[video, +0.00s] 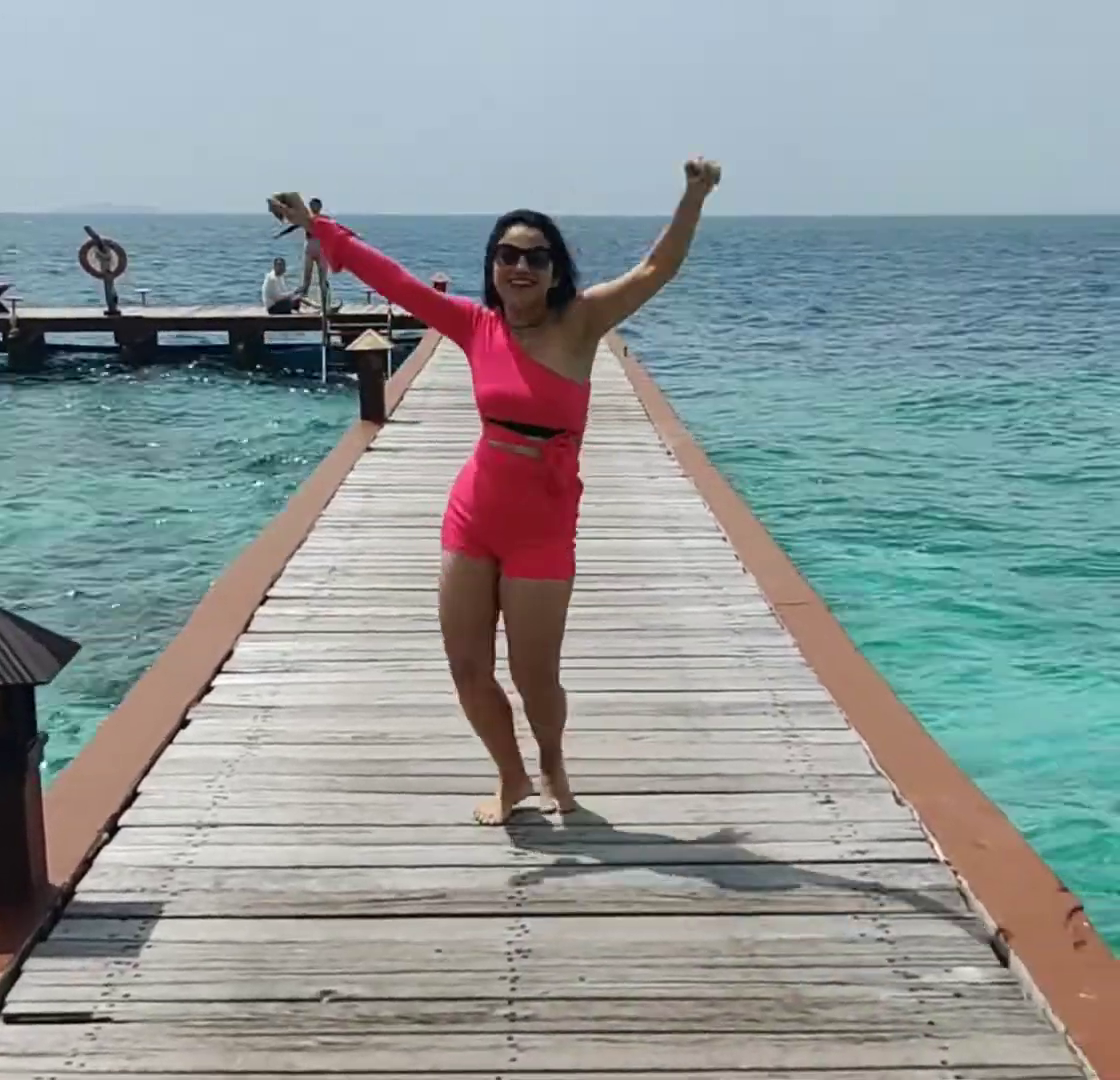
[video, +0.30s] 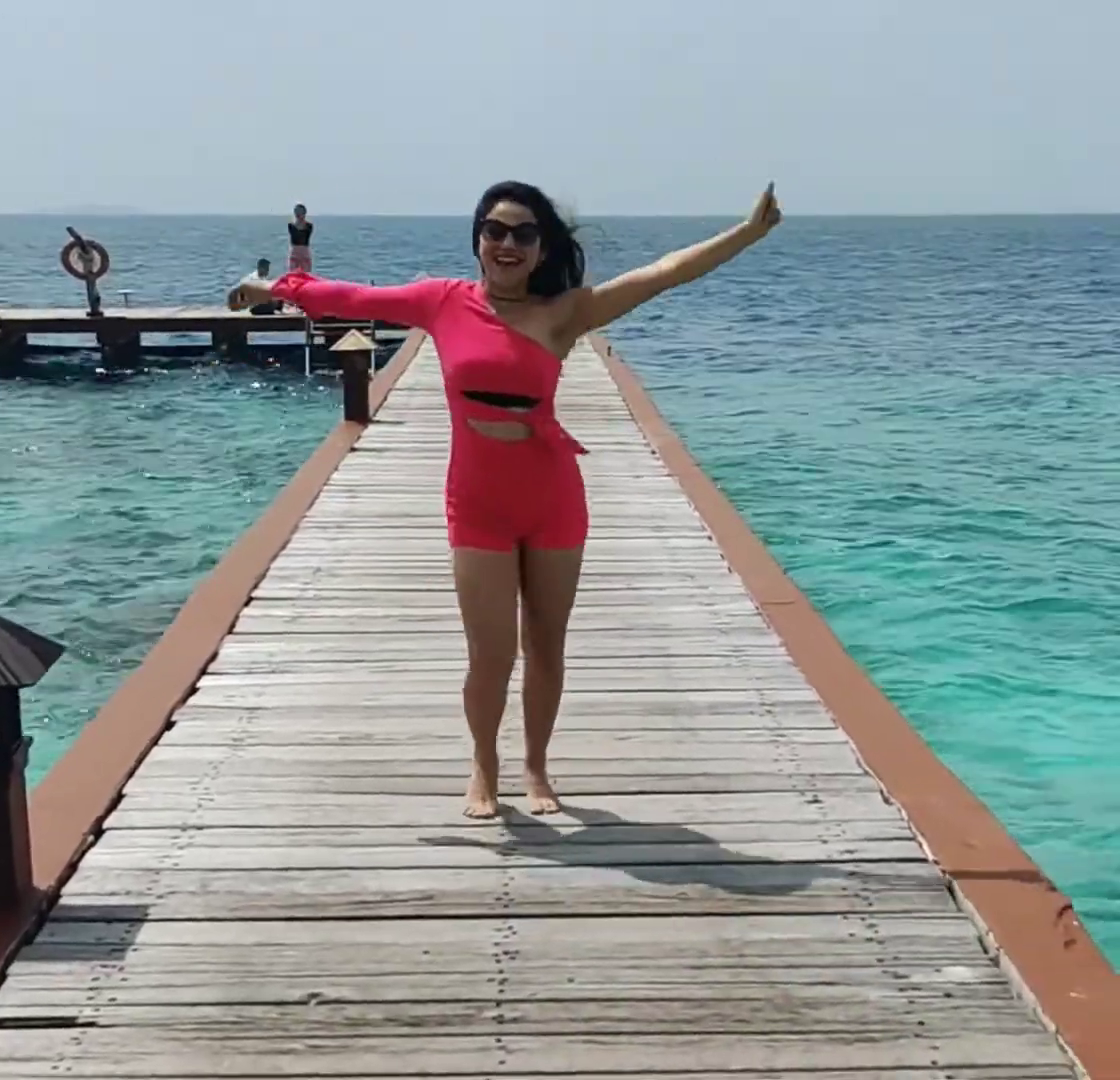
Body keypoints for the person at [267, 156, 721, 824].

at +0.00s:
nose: (521, 265)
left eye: (536, 256)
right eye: (509, 255)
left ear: (557, 267)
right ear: (491, 265)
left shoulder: (582, 320)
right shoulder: (477, 325)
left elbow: (656, 269)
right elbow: (396, 283)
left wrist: (693, 198)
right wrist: (314, 225)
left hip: (544, 523)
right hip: (473, 512)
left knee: (534, 676)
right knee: (467, 670)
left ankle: (551, 766)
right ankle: (511, 778)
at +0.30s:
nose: (505, 243)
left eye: (521, 233)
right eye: (494, 231)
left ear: (545, 246)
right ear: (476, 240)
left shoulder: (563, 313)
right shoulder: (442, 301)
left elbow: (666, 273)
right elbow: (351, 299)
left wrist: (747, 233)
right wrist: (275, 288)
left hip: (556, 497)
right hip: (478, 502)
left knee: (545, 648)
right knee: (490, 659)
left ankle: (536, 771)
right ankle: (485, 774)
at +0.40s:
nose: (504, 271)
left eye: (519, 260)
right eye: (491, 258)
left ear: (540, 271)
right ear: (474, 266)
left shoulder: (562, 339)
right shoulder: (441, 327)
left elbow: (665, 320)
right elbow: (350, 341)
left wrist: (752, 301)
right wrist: (262, 345)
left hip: (554, 519)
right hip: (479, 527)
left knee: (545, 668)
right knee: (499, 682)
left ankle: (532, 775)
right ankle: (492, 780)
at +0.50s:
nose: (504, 269)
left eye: (519, 259)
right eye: (490, 257)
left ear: (540, 268)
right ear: (472, 263)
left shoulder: (559, 338)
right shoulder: (441, 326)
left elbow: (645, 354)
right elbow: (349, 372)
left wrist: (738, 365)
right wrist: (257, 411)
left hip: (548, 516)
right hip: (471, 521)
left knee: (541, 664)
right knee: (489, 677)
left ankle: (531, 773)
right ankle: (493, 780)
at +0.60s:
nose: (500, 265)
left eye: (516, 254)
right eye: (487, 251)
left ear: (536, 263)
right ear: (471, 255)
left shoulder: (557, 323)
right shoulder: (440, 324)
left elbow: (582, 366)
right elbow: (403, 397)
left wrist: (624, 404)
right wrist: (368, 463)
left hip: (535, 507)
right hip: (458, 507)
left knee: (544, 663)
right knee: (477, 661)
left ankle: (534, 757)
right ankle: (482, 783)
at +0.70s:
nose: (495, 261)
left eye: (511, 251)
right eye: (483, 247)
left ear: (530, 259)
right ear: (464, 252)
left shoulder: (548, 308)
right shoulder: (444, 327)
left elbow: (523, 356)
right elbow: (481, 409)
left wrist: (488, 394)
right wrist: (531, 474)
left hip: (529, 503)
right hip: (451, 505)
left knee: (536, 646)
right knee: (471, 660)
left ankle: (529, 719)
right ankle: (480, 782)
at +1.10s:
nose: (480, 300)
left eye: (494, 285)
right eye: (469, 287)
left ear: (528, 277)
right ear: (463, 283)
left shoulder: (564, 318)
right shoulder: (470, 350)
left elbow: (607, 384)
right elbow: (434, 440)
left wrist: (514, 419)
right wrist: (494, 465)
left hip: (534, 540)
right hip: (460, 532)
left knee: (533, 694)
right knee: (463, 669)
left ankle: (561, 823)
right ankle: (481, 770)